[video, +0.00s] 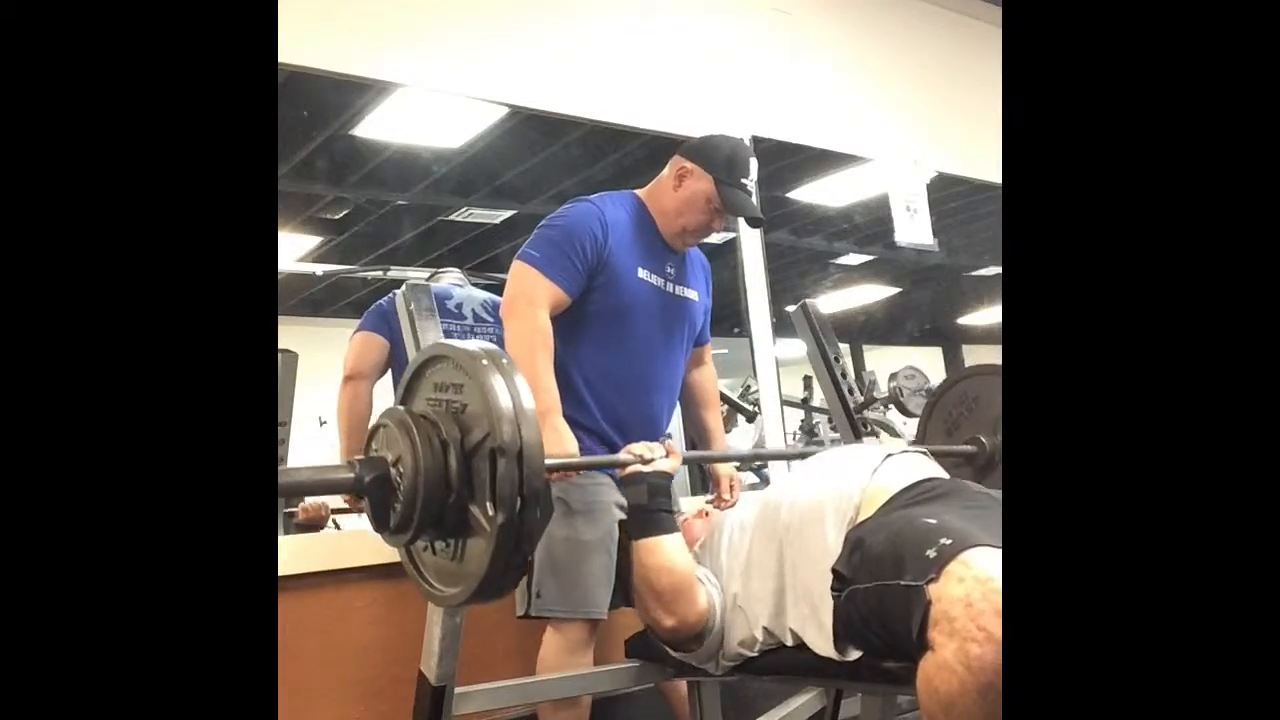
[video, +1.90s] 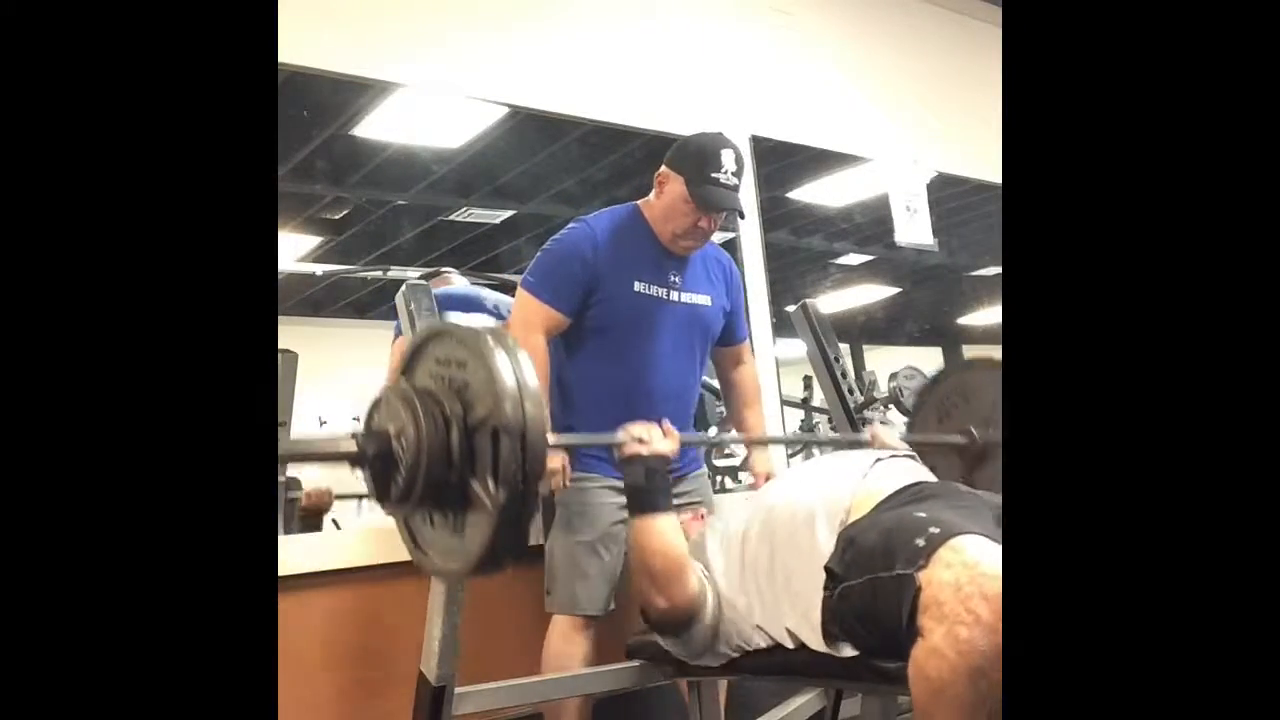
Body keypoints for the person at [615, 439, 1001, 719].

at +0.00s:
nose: (693, 507)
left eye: (690, 502)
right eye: (680, 517)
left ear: (706, 500)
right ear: (674, 548)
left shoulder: (760, 508)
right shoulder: (707, 593)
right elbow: (671, 616)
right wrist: (650, 493)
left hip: (951, 488)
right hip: (877, 528)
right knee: (985, 601)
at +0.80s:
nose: (693, 514)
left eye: (694, 508)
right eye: (681, 525)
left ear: (714, 504)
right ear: (675, 549)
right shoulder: (713, 612)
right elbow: (671, 619)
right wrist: (649, 497)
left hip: (933, 486)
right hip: (873, 527)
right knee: (986, 593)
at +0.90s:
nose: (683, 517)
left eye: (679, 510)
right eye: (666, 528)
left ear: (693, 506)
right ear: (655, 567)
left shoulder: (759, 500)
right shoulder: (697, 612)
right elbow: (663, 593)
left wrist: (886, 448)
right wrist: (643, 470)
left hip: (949, 492)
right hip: (871, 530)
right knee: (982, 588)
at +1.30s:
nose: (695, 506)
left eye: (692, 502)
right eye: (679, 516)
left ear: (710, 498)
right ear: (671, 543)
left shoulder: (767, 499)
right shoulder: (699, 599)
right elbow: (665, 612)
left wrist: (886, 442)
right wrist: (648, 487)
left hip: (952, 493)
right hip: (873, 533)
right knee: (980, 600)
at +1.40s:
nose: (699, 503)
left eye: (697, 497)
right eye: (685, 508)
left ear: (714, 499)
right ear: (672, 541)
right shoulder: (698, 584)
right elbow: (677, 636)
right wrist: (657, 514)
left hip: (942, 488)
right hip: (871, 529)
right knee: (983, 604)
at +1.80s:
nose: (695, 508)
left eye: (699, 501)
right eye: (681, 510)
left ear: (713, 506)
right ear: (672, 541)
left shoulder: (757, 512)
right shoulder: (694, 580)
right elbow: (682, 629)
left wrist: (762, 486)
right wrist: (654, 506)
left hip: (949, 492)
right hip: (871, 534)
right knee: (985, 595)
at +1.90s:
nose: (687, 511)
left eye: (684, 507)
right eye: (673, 517)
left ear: (695, 512)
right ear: (665, 538)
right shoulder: (702, 602)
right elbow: (666, 597)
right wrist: (646, 475)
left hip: (956, 494)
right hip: (876, 528)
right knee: (980, 592)